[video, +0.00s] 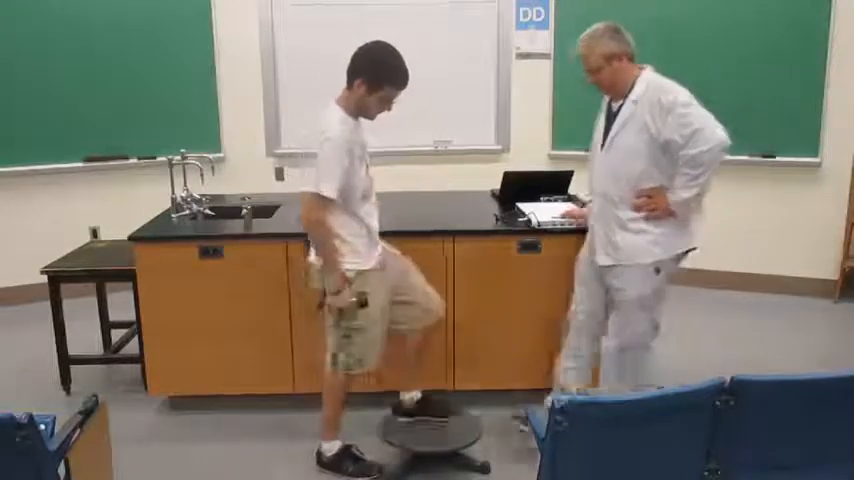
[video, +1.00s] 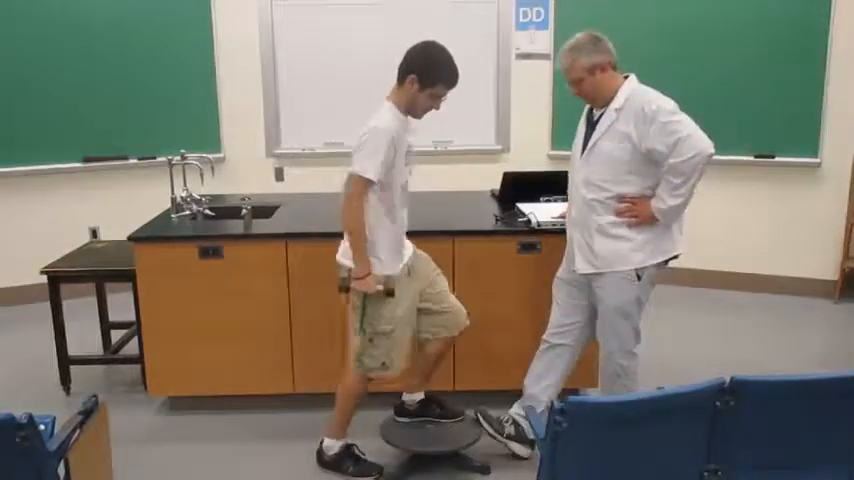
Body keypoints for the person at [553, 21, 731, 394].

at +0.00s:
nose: (591, 79)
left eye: (595, 70)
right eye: (588, 72)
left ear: (619, 60)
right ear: (614, 62)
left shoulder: (661, 94)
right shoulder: (613, 101)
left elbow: (711, 141)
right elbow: (624, 169)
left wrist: (677, 198)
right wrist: (594, 209)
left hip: (644, 245)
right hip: (602, 239)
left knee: (628, 340)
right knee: (582, 329)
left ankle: (622, 425)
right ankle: (564, 411)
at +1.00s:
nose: (573, 90)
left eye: (577, 80)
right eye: (570, 82)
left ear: (604, 69)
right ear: (595, 73)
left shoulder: (645, 105)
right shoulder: (595, 110)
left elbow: (695, 149)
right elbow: (606, 171)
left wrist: (661, 207)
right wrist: (581, 208)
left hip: (625, 255)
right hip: (583, 250)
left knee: (617, 354)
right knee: (560, 337)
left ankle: (615, 436)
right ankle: (529, 422)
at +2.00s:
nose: (589, 91)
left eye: (593, 82)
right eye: (586, 83)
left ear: (620, 71)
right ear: (606, 76)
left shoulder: (660, 110)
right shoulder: (601, 113)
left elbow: (713, 153)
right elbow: (595, 170)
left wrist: (672, 210)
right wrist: (583, 204)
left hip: (632, 256)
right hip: (587, 250)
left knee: (620, 355)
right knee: (562, 338)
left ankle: (617, 438)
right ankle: (528, 423)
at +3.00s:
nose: (607, 83)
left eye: (613, 74)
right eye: (605, 75)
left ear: (644, 67)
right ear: (630, 69)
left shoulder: (682, 113)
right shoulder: (621, 108)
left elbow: (726, 164)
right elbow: (616, 171)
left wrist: (680, 214)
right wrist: (596, 211)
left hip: (636, 258)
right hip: (593, 248)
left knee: (621, 359)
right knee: (562, 335)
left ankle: (618, 443)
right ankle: (529, 421)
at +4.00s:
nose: (613, 64)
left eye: (622, 55)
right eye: (610, 55)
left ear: (653, 58)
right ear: (605, 58)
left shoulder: (693, 114)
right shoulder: (589, 114)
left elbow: (749, 157)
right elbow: (547, 149)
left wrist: (700, 214)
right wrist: (505, 156)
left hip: (657, 274)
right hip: (597, 271)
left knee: (652, 380)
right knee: (601, 377)